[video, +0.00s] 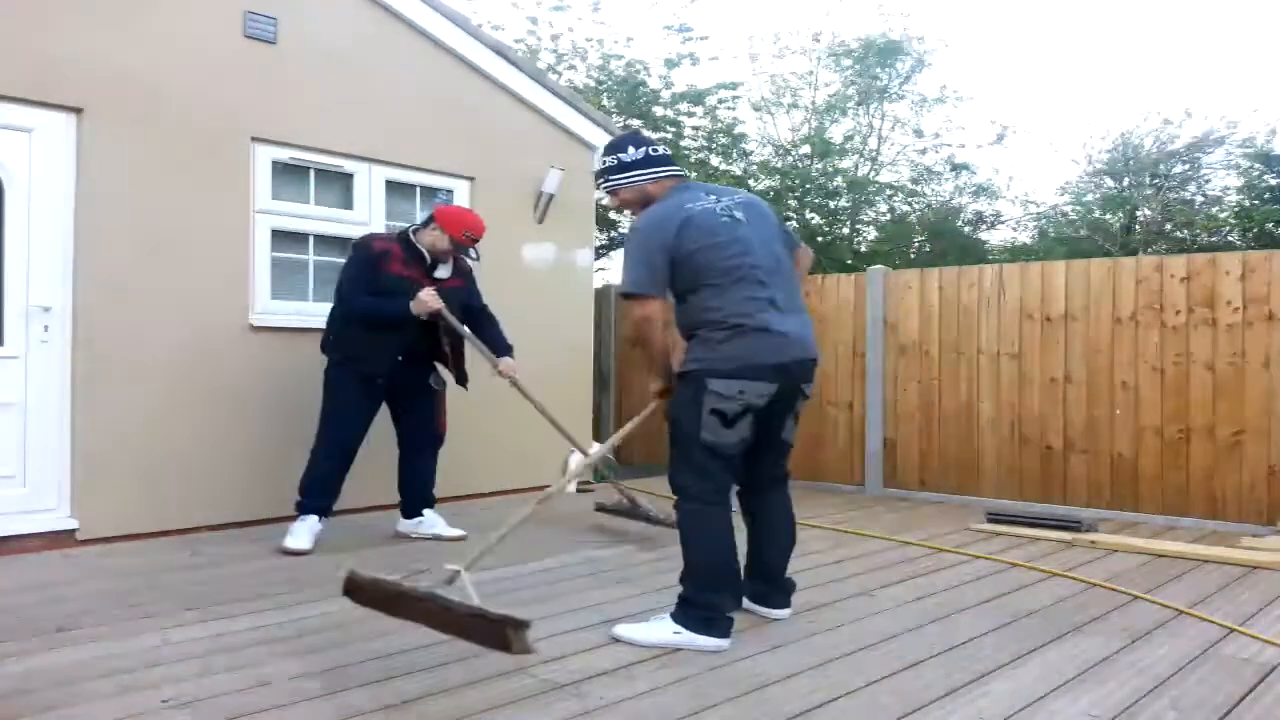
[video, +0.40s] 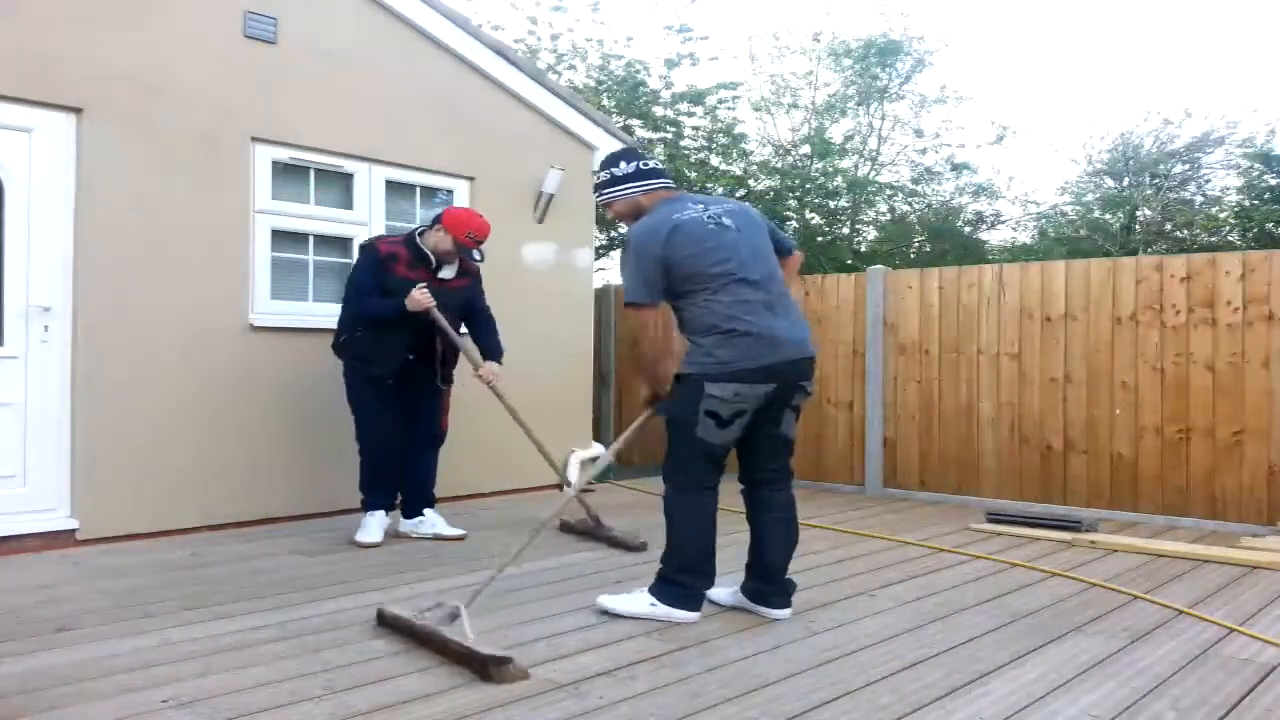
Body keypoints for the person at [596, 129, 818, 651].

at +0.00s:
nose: (617, 207)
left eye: (615, 195)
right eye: (612, 197)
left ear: (638, 182)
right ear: (663, 174)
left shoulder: (655, 222)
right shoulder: (744, 200)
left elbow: (648, 317)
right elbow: (800, 256)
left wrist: (664, 375)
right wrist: (764, 317)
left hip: (726, 360)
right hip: (794, 355)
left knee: (700, 486)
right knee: (765, 476)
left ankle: (704, 617)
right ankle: (769, 592)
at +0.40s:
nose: (610, 215)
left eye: (609, 204)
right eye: (605, 206)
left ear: (632, 191)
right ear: (655, 184)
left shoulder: (646, 237)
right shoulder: (735, 207)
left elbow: (655, 335)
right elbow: (789, 256)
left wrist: (656, 387)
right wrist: (770, 320)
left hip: (724, 362)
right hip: (792, 355)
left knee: (688, 477)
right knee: (769, 475)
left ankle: (678, 593)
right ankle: (768, 590)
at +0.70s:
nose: (571, 232)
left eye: (569, 219)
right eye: (565, 223)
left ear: (591, 205)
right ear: (612, 199)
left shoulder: (615, 237)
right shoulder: (678, 217)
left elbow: (590, 319)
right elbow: (705, 288)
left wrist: (570, 393)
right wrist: (653, 341)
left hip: (716, 359)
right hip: (779, 350)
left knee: (679, 476)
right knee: (766, 472)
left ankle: (676, 594)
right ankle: (778, 588)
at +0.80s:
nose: (570, 229)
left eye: (570, 217)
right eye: (566, 220)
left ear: (595, 204)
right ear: (614, 199)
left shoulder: (614, 239)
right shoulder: (679, 219)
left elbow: (583, 317)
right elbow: (688, 305)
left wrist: (548, 395)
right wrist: (627, 350)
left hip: (715, 359)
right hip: (778, 349)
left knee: (678, 477)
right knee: (773, 469)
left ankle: (675, 594)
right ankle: (799, 584)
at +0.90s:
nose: (573, 225)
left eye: (574, 213)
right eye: (570, 215)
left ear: (601, 203)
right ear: (618, 199)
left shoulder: (617, 239)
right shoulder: (685, 218)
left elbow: (579, 315)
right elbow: (683, 303)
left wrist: (540, 390)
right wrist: (622, 345)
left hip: (716, 360)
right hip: (779, 349)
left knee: (679, 477)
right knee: (781, 466)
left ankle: (676, 594)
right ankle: (818, 577)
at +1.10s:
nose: (600, 218)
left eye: (602, 206)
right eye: (597, 209)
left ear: (630, 197)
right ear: (648, 194)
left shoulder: (645, 233)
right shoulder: (712, 217)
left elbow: (607, 311)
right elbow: (731, 289)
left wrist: (587, 375)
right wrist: (670, 334)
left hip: (722, 362)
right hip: (781, 353)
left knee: (683, 474)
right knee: (790, 465)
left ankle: (677, 594)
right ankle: (827, 568)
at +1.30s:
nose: (657, 215)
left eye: (659, 204)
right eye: (654, 206)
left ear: (684, 198)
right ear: (704, 195)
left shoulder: (695, 236)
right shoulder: (767, 224)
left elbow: (675, 313)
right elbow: (810, 288)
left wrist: (665, 366)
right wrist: (748, 318)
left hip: (740, 368)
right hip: (797, 364)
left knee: (691, 474)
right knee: (786, 466)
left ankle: (678, 591)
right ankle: (830, 571)